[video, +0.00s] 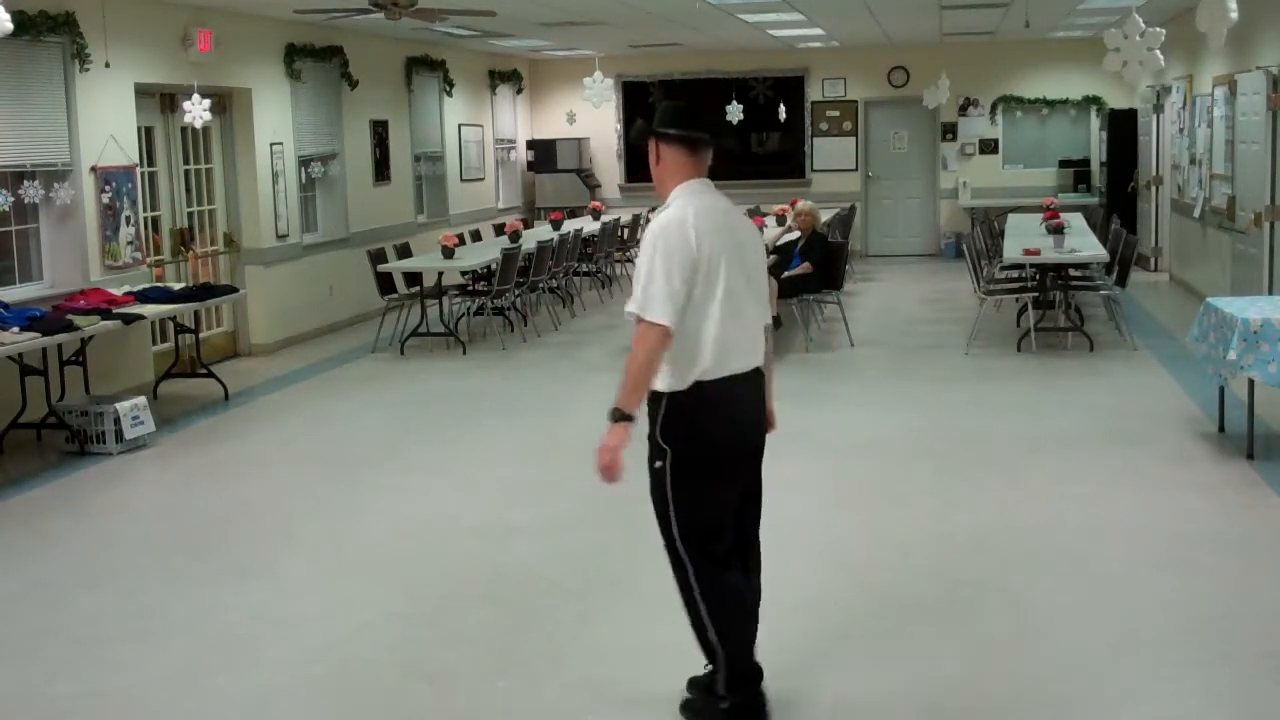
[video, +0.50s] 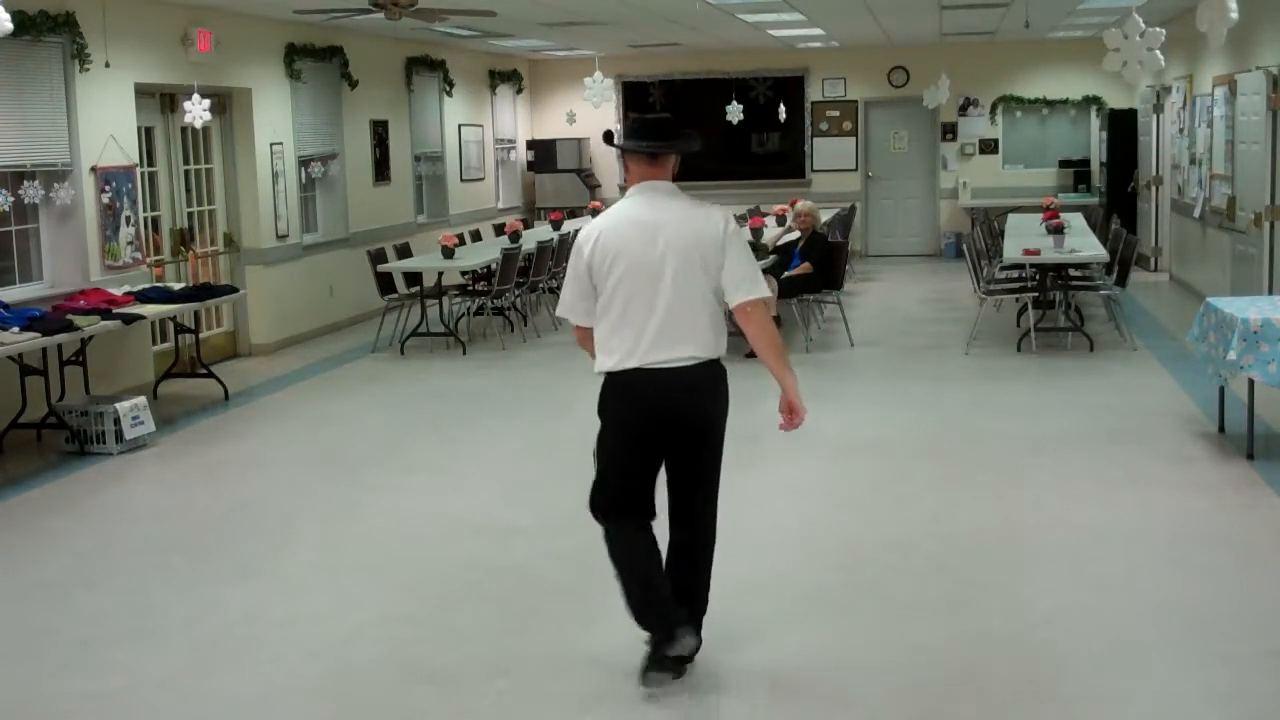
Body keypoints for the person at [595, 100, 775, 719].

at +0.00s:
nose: (650, 165)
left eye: (648, 155)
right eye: (652, 155)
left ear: (656, 154)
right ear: (708, 155)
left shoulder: (671, 226)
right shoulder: (741, 221)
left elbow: (654, 331)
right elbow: (763, 322)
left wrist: (619, 422)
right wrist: (765, 392)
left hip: (688, 406)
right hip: (743, 398)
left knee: (692, 544)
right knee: (737, 536)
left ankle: (737, 688)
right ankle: (733, 668)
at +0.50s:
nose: (644, 168)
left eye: (629, 160)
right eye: (661, 157)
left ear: (623, 163)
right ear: (675, 161)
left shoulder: (596, 234)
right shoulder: (715, 225)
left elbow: (586, 332)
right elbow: (751, 310)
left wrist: (623, 361)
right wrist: (787, 385)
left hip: (630, 394)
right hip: (702, 389)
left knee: (620, 507)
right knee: (695, 510)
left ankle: (667, 626)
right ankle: (679, 639)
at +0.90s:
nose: (646, 183)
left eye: (643, 177)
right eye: (644, 177)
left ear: (594, 177)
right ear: (637, 178)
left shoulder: (561, 238)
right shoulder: (650, 227)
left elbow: (556, 321)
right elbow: (676, 307)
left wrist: (578, 378)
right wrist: (721, 370)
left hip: (585, 384)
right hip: (649, 380)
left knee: (589, 496)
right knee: (670, 508)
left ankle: (580, 593)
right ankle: (673, 646)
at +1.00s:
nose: (633, 172)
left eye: (628, 163)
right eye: (631, 164)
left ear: (584, 166)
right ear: (623, 167)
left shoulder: (550, 224)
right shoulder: (632, 218)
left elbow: (539, 301)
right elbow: (647, 295)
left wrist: (579, 336)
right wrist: (690, 362)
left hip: (566, 369)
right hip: (626, 366)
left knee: (575, 484)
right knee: (649, 492)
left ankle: (579, 593)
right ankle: (647, 622)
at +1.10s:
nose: (620, 172)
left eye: (615, 163)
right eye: (620, 164)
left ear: (572, 162)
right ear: (615, 166)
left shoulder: (537, 219)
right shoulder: (616, 213)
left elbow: (520, 305)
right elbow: (626, 290)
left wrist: (518, 369)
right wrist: (663, 359)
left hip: (552, 361)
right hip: (607, 359)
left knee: (568, 481)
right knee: (629, 480)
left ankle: (574, 595)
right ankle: (586, 595)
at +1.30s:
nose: (606, 177)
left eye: (602, 169)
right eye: (605, 170)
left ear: (560, 167)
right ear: (597, 172)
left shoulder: (517, 219)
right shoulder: (603, 223)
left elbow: (476, 295)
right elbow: (611, 306)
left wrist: (455, 352)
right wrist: (630, 380)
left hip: (521, 362)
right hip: (576, 364)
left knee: (552, 476)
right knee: (558, 480)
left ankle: (570, 586)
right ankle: (492, 585)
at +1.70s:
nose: (608, 175)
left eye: (606, 166)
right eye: (607, 167)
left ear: (561, 164)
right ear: (597, 171)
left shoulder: (514, 209)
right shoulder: (599, 227)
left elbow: (462, 269)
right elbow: (603, 309)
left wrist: (426, 311)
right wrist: (622, 365)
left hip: (508, 351)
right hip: (566, 357)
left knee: (500, 460)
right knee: (595, 454)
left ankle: (499, 576)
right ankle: (550, 543)